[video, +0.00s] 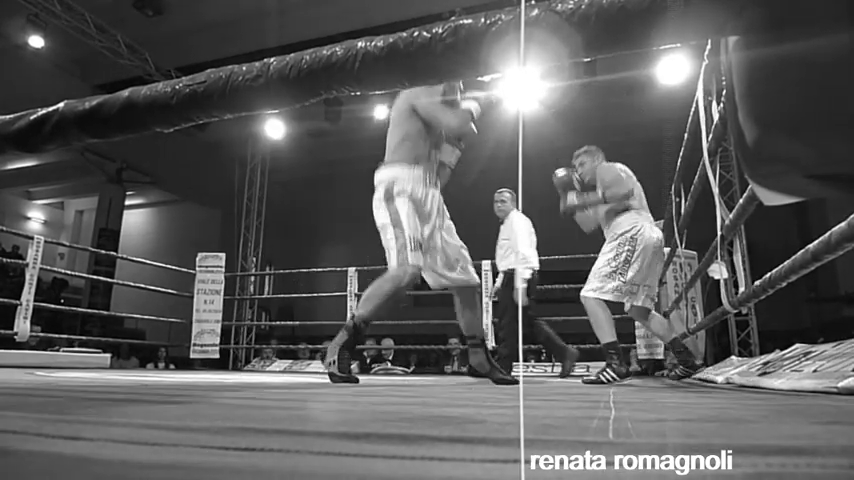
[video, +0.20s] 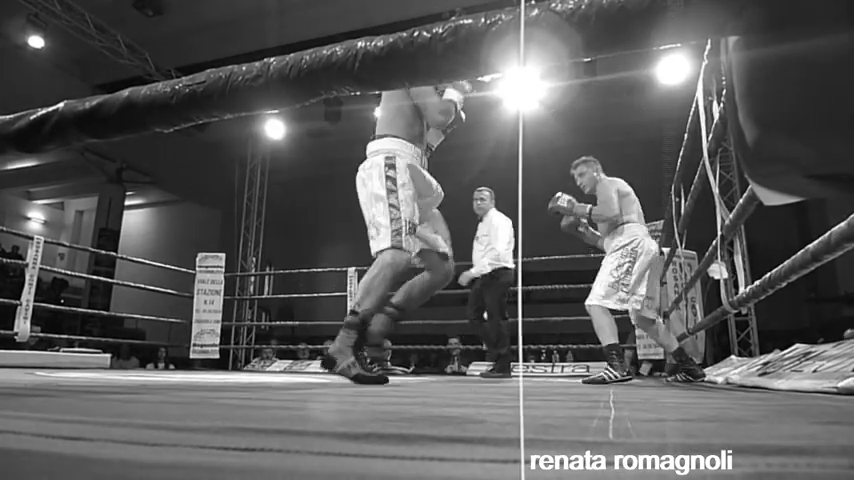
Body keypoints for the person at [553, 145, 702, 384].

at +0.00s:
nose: (579, 171)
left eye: (582, 164)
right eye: (576, 168)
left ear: (596, 159)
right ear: (576, 172)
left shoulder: (608, 168)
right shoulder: (593, 193)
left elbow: (622, 192)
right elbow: (588, 226)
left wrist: (579, 199)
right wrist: (567, 194)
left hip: (630, 235)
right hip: (652, 238)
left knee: (591, 295)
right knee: (638, 309)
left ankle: (616, 364)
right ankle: (686, 357)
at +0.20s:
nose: (578, 181)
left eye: (581, 174)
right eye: (576, 178)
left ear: (595, 171)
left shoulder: (606, 183)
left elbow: (610, 211)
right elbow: (608, 243)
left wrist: (577, 208)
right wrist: (580, 230)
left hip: (630, 245)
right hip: (647, 248)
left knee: (595, 304)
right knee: (641, 315)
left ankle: (616, 366)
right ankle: (688, 365)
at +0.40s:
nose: (572, 170)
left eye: (576, 164)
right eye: (568, 167)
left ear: (589, 163)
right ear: (565, 170)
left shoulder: (602, 177)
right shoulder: (573, 196)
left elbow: (622, 199)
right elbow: (565, 231)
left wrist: (586, 187)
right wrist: (557, 203)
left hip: (613, 240)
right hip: (598, 247)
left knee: (578, 292)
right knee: (636, 307)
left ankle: (584, 361)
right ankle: (685, 355)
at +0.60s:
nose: (545, 181)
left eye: (549, 175)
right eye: (541, 177)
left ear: (561, 175)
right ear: (538, 180)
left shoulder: (575, 195)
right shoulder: (543, 205)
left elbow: (599, 227)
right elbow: (532, 238)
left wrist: (569, 211)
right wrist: (524, 211)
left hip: (582, 252)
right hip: (564, 259)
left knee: (551, 306)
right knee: (593, 318)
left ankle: (568, 368)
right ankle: (651, 345)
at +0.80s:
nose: (511, 181)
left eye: (514, 176)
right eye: (507, 178)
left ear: (526, 174)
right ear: (505, 180)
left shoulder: (538, 192)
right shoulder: (512, 201)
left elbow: (545, 223)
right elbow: (514, 244)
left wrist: (518, 209)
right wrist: (498, 221)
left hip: (548, 252)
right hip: (526, 257)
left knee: (541, 305)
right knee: (510, 308)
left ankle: (567, 364)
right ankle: (532, 361)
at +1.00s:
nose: (488, 196)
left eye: (492, 191)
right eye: (484, 192)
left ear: (502, 192)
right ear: (479, 196)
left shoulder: (512, 207)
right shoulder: (481, 221)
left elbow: (519, 234)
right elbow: (475, 257)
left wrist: (499, 210)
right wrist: (465, 230)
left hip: (514, 266)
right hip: (489, 271)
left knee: (527, 315)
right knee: (469, 317)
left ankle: (560, 361)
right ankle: (477, 364)